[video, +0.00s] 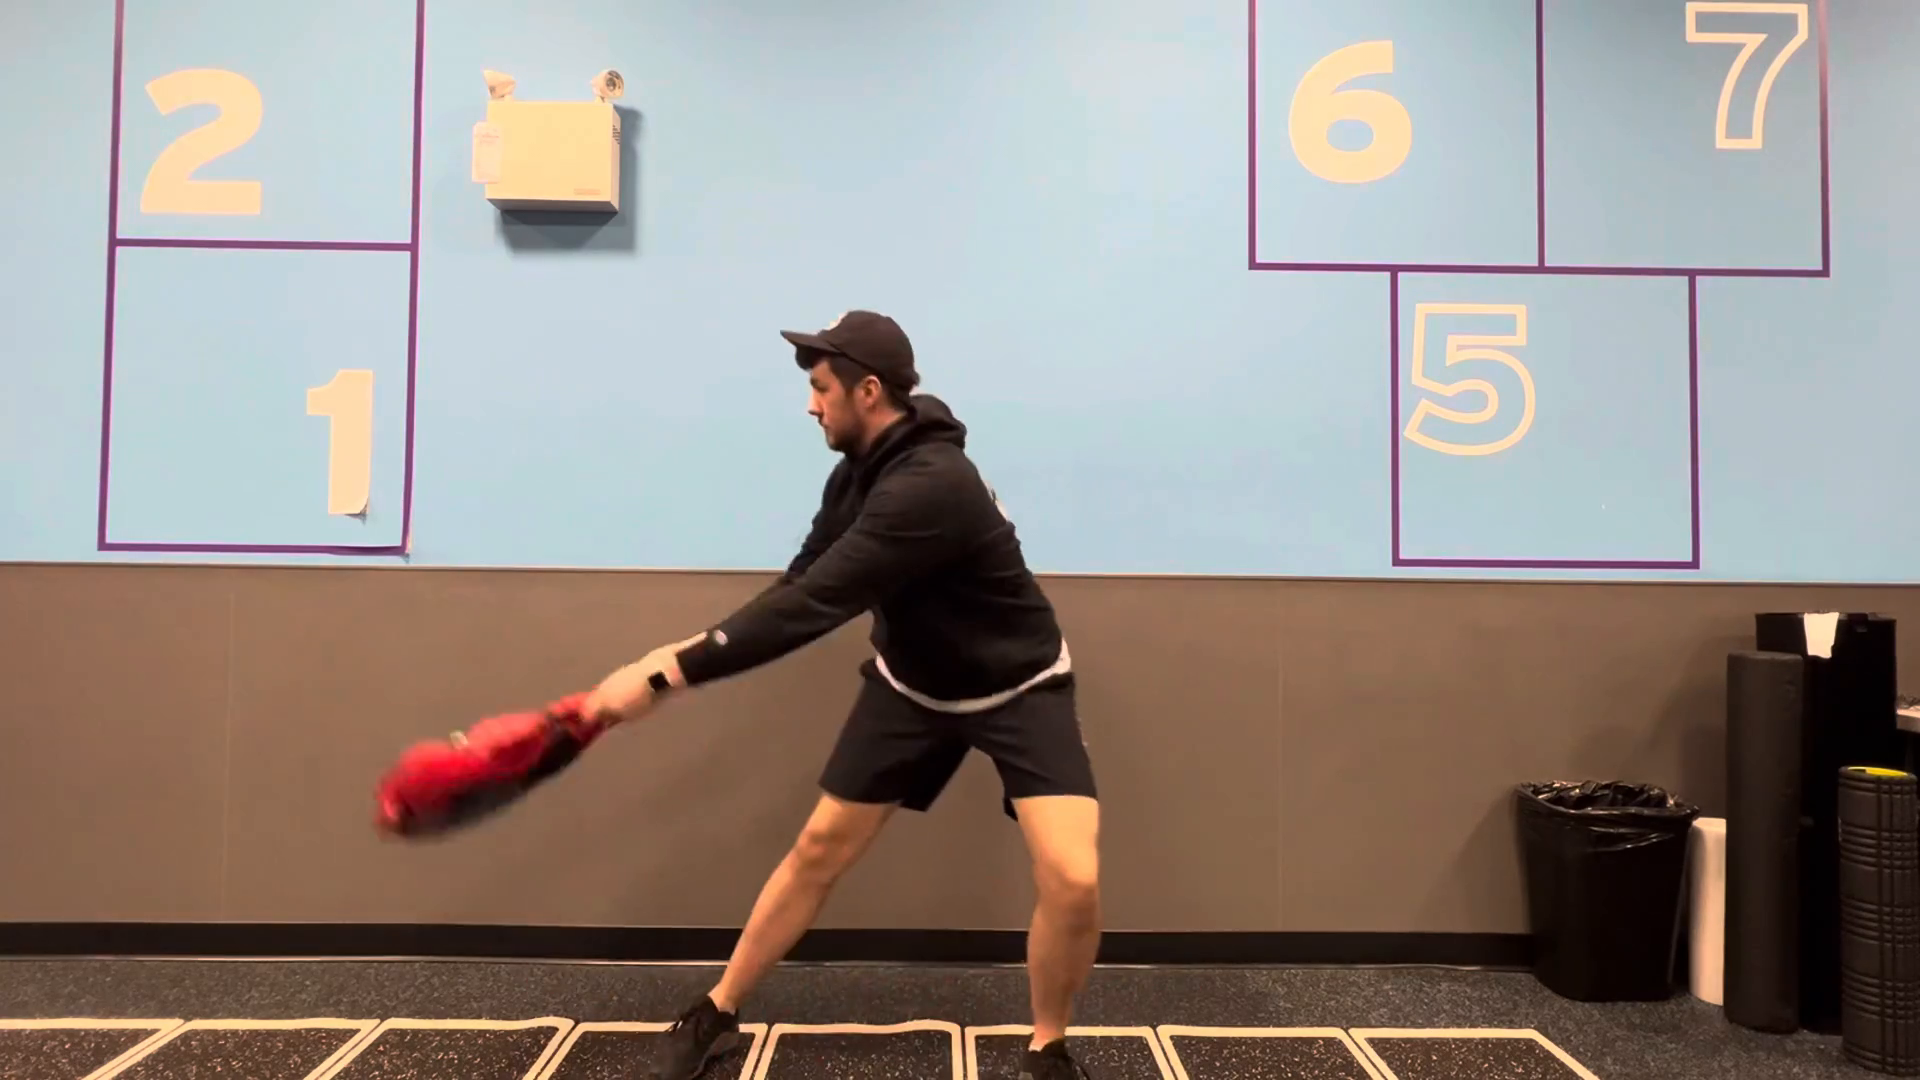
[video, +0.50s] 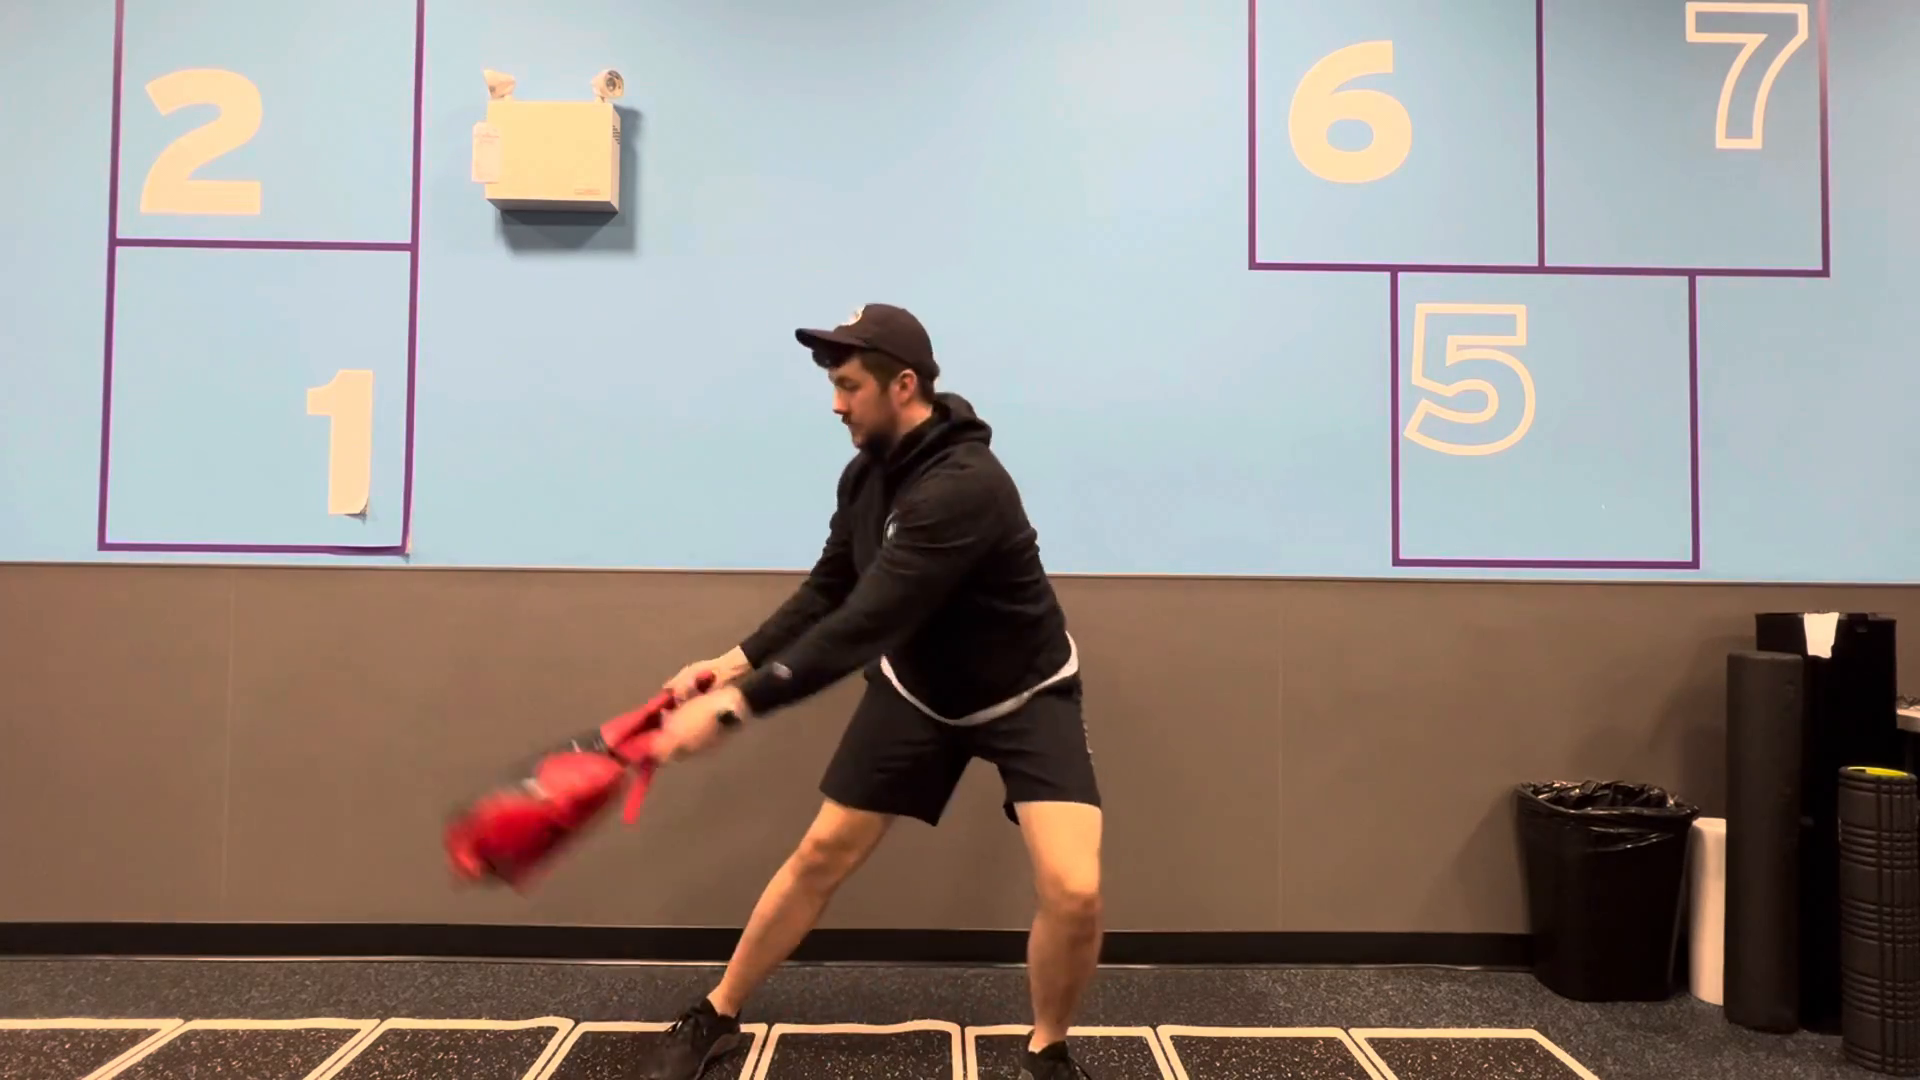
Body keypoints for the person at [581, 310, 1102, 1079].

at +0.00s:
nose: (811, 404)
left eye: (823, 387)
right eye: (812, 387)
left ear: (871, 390)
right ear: (865, 391)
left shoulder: (929, 484)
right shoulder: (854, 478)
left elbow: (818, 602)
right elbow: (800, 586)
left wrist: (666, 672)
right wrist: (690, 659)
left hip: (1020, 687)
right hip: (907, 683)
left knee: (1075, 879)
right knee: (820, 844)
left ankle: (1049, 1048)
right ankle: (718, 1010)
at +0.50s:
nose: (836, 403)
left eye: (850, 386)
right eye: (835, 386)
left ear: (906, 386)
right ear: (887, 389)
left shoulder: (962, 487)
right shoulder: (866, 476)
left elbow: (866, 624)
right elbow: (828, 588)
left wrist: (735, 703)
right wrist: (734, 661)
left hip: (1026, 692)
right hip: (911, 689)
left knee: (1076, 891)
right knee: (820, 855)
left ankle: (1048, 1050)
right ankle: (715, 1016)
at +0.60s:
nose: (849, 384)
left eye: (864, 367)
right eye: (840, 368)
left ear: (916, 362)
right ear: (833, 367)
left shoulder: (973, 468)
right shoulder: (844, 458)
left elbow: (925, 624)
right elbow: (812, 569)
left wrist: (832, 738)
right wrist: (733, 668)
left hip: (1004, 676)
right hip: (892, 672)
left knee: (1056, 869)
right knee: (804, 846)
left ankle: (1047, 1050)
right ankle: (716, 1017)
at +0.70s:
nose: (862, 367)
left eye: (877, 349)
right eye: (846, 351)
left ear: (914, 343)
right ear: (830, 353)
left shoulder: (970, 447)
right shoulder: (811, 442)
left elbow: (978, 598)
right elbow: (772, 570)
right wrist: (737, 693)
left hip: (972, 658)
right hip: (856, 659)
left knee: (1027, 844)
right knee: (783, 832)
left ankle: (1046, 1046)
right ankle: (724, 1008)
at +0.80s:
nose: (883, 361)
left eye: (893, 342)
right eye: (864, 346)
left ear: (907, 342)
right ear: (822, 351)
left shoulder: (952, 438)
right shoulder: (780, 447)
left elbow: (994, 573)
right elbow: (766, 595)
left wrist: (1039, 693)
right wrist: (808, 729)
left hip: (933, 656)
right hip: (812, 662)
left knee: (988, 833)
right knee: (742, 833)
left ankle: (1034, 1031)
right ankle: (717, 1012)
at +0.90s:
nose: (892, 374)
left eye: (893, 358)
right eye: (873, 363)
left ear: (896, 358)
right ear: (819, 375)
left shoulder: (915, 451)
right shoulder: (767, 468)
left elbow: (978, 566)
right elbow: (797, 623)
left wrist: (1055, 659)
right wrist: (897, 731)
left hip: (889, 667)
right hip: (770, 670)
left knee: (952, 831)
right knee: (705, 850)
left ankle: (1040, 1038)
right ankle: (716, 1014)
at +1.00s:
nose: (894, 407)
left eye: (892, 390)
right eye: (877, 395)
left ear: (851, 403)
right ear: (823, 408)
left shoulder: (891, 480)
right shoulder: (763, 500)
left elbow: (952, 577)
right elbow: (838, 633)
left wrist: (1050, 647)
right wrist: (978, 709)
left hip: (853, 691)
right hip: (736, 696)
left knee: (933, 852)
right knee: (687, 877)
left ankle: (1041, 1038)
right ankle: (714, 1019)